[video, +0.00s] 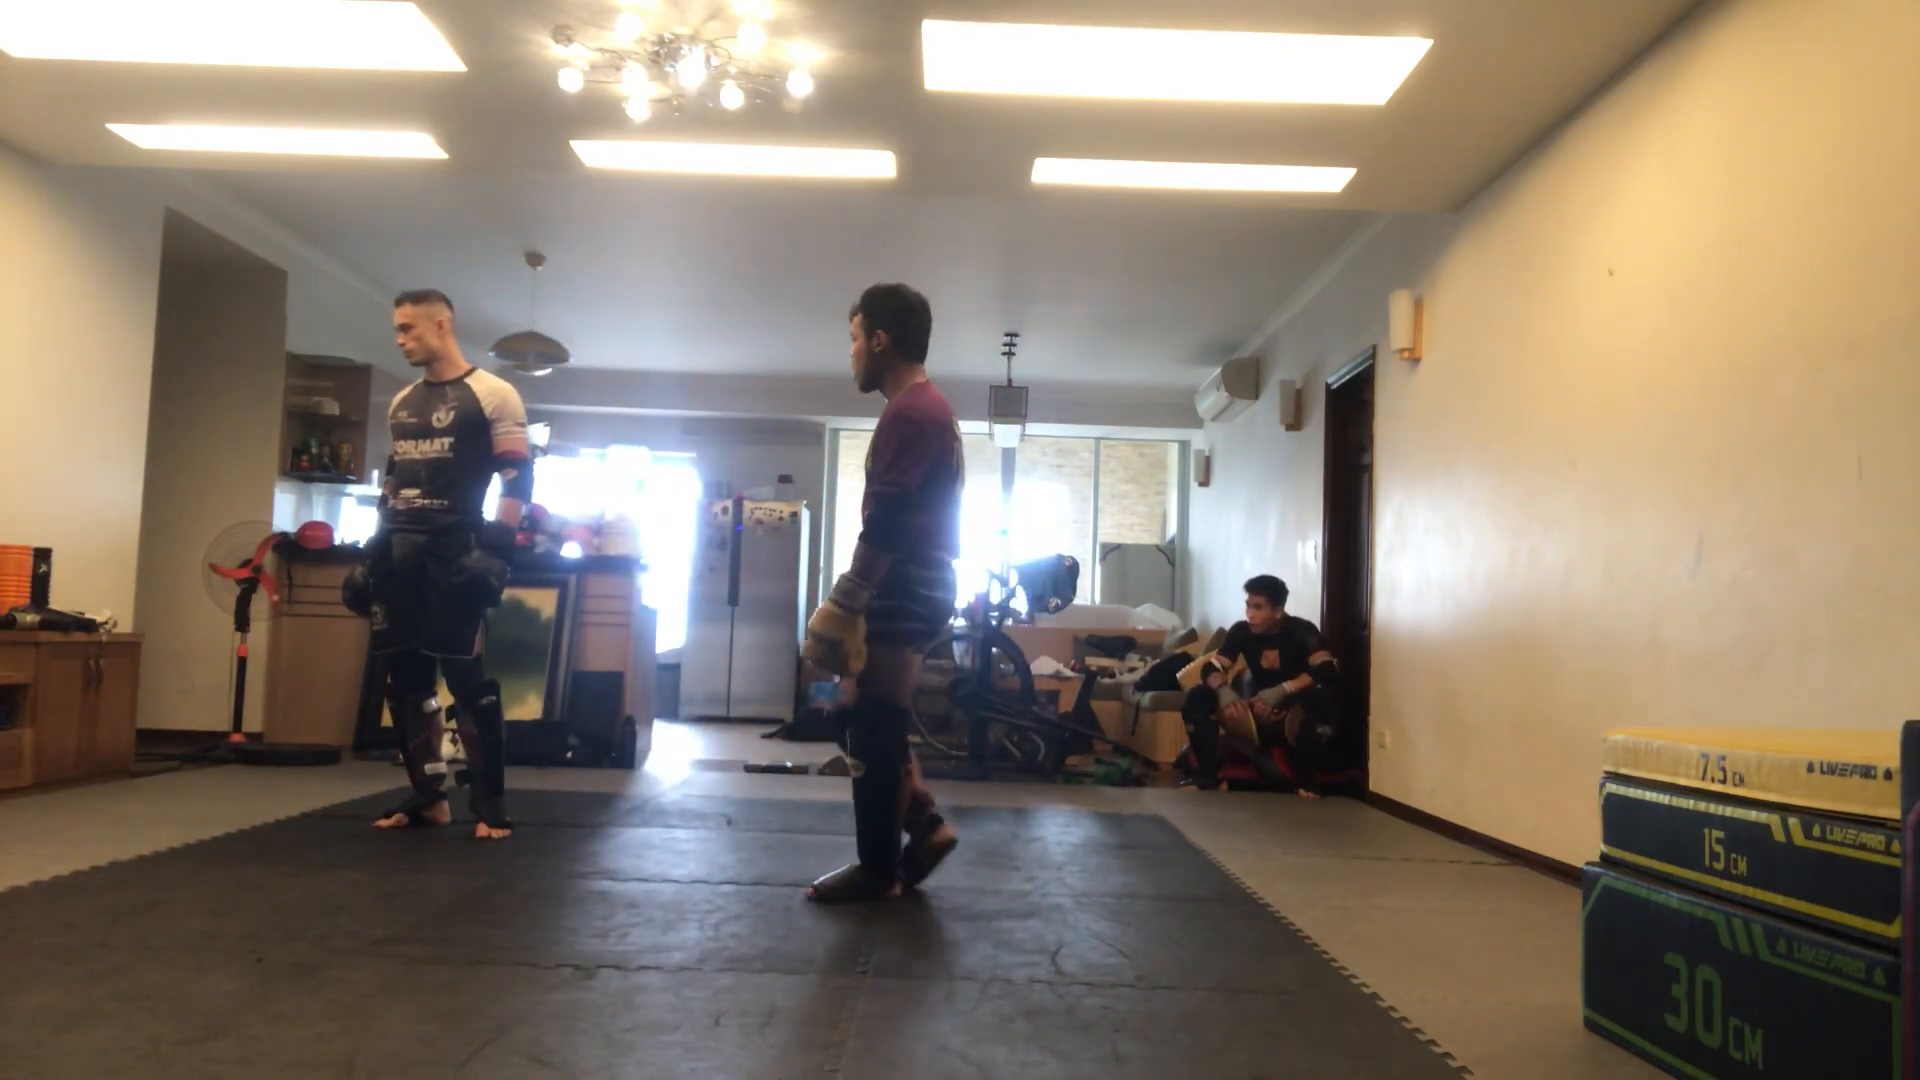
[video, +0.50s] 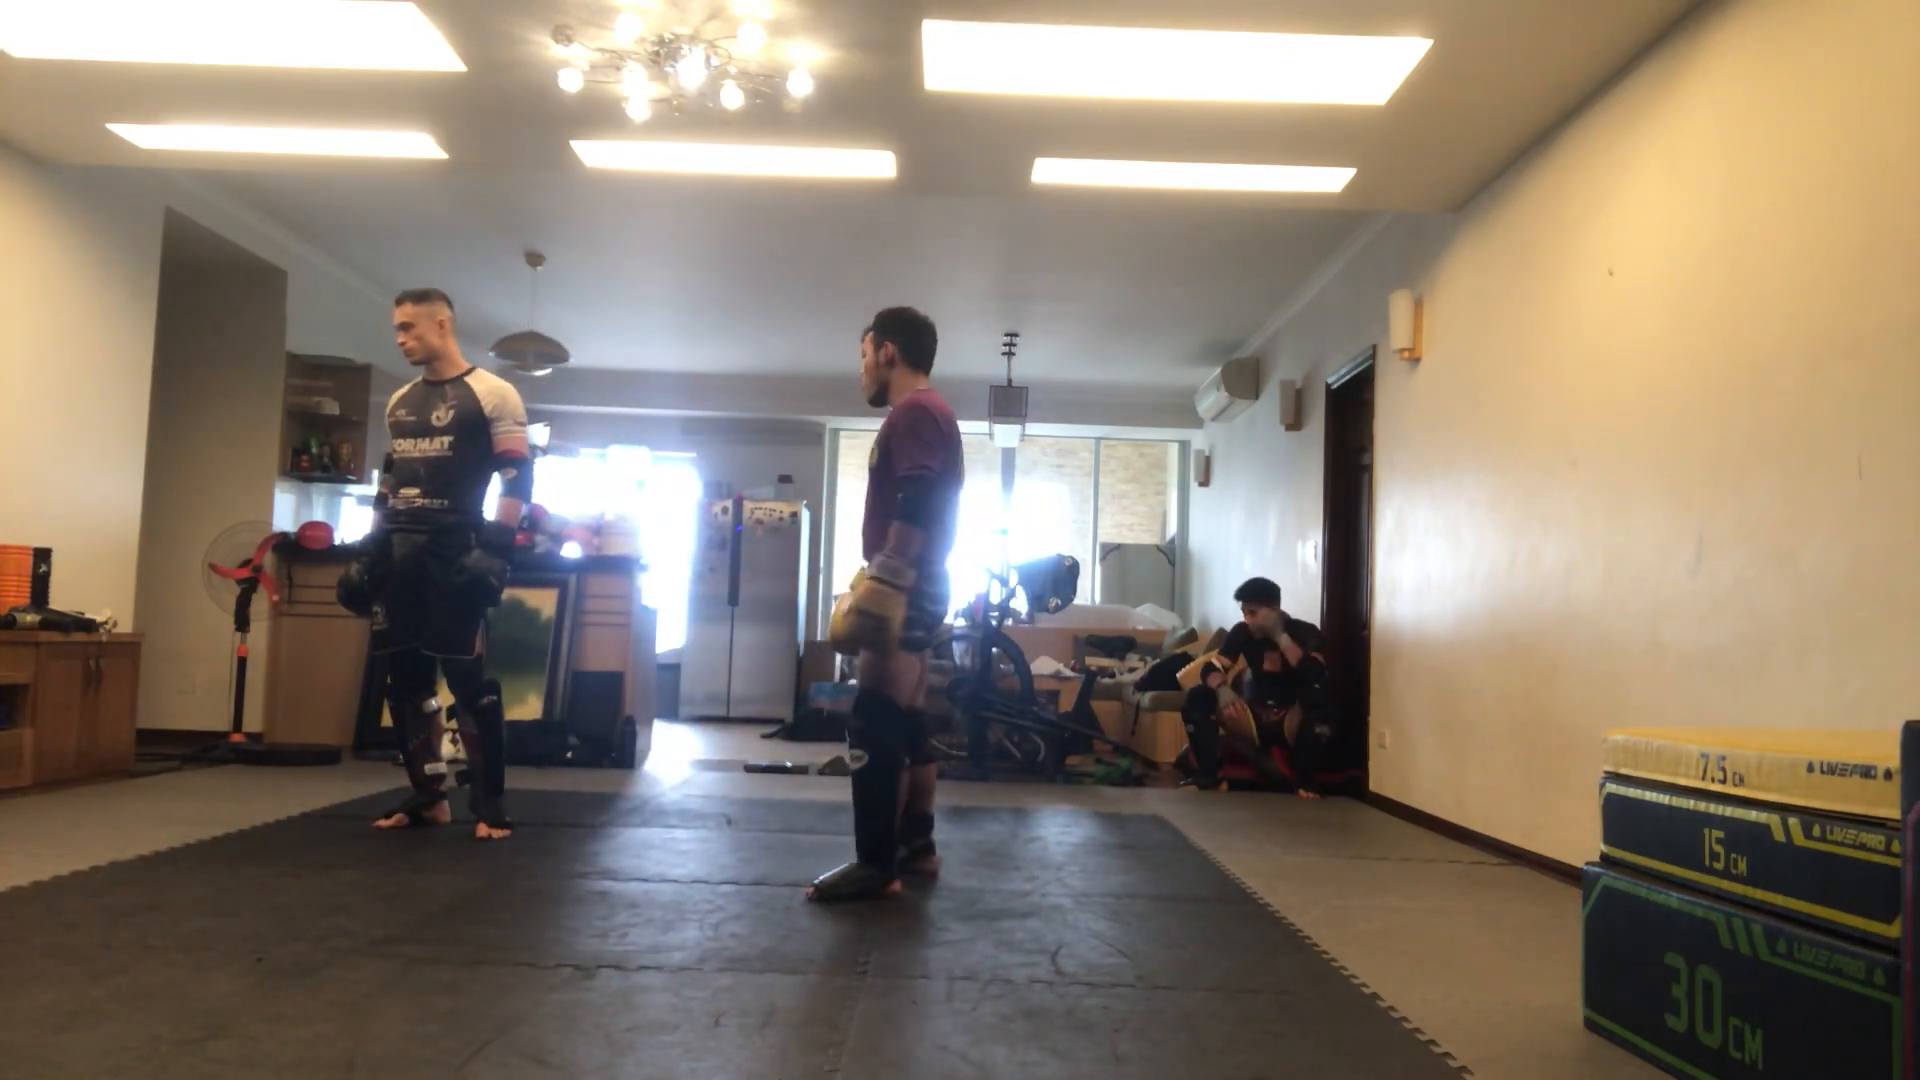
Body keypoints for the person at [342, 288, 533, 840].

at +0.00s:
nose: (400, 340)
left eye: (407, 329)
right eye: (397, 331)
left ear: (442, 324)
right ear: (404, 334)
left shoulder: (494, 394)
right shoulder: (402, 402)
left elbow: (515, 485)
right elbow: (395, 490)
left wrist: (494, 552)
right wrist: (373, 555)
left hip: (458, 554)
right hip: (401, 554)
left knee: (465, 677)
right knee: (406, 680)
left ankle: (490, 806)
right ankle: (429, 800)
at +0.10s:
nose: (400, 339)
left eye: (407, 328)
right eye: (397, 331)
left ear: (443, 323)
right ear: (403, 334)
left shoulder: (494, 394)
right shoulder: (402, 402)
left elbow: (515, 484)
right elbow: (394, 489)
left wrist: (494, 552)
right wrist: (374, 555)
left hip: (458, 553)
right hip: (402, 553)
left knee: (465, 677)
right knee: (407, 679)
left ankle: (490, 806)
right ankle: (429, 799)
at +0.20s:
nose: (400, 339)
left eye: (407, 328)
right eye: (396, 330)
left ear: (443, 323)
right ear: (403, 334)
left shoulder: (494, 393)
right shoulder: (401, 402)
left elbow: (515, 484)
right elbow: (393, 487)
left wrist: (494, 552)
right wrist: (373, 553)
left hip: (458, 553)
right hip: (402, 553)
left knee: (465, 677)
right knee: (407, 679)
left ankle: (490, 806)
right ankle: (429, 799)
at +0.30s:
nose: (400, 339)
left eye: (407, 328)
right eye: (396, 330)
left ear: (442, 323)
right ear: (403, 334)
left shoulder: (494, 393)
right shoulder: (401, 402)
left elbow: (515, 485)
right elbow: (392, 488)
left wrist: (494, 553)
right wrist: (372, 553)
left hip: (458, 554)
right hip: (402, 553)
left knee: (465, 676)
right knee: (407, 679)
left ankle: (490, 806)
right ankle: (429, 799)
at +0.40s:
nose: (400, 339)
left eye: (407, 328)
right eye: (397, 330)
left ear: (442, 323)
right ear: (403, 334)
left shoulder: (494, 393)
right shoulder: (401, 401)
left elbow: (515, 484)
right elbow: (391, 487)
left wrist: (494, 552)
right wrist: (372, 552)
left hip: (457, 554)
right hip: (401, 553)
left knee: (465, 677)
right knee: (407, 679)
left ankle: (490, 806)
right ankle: (429, 799)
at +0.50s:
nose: (401, 339)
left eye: (408, 328)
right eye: (397, 330)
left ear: (443, 323)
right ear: (402, 333)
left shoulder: (493, 393)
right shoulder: (401, 401)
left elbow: (515, 484)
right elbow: (391, 488)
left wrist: (494, 553)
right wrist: (371, 553)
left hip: (457, 554)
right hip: (401, 553)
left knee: (465, 677)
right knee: (407, 679)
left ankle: (490, 805)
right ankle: (429, 799)